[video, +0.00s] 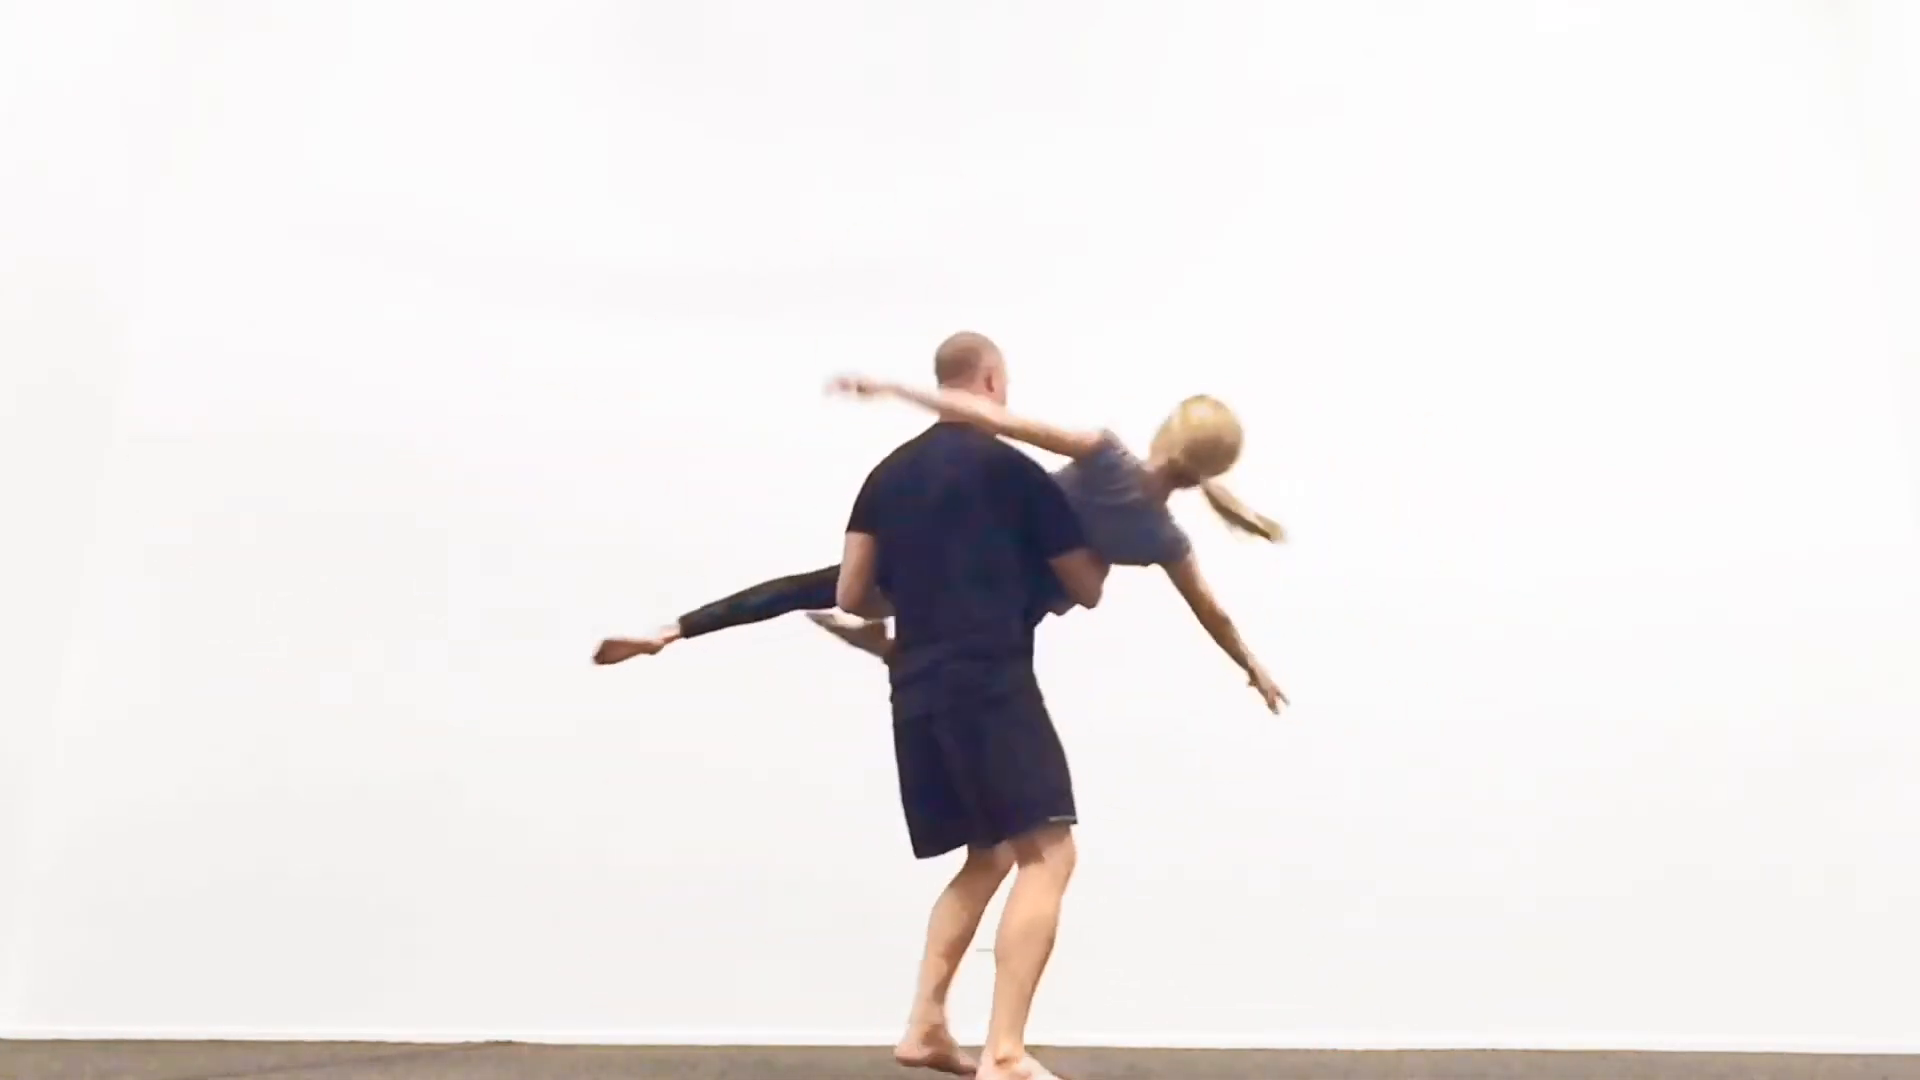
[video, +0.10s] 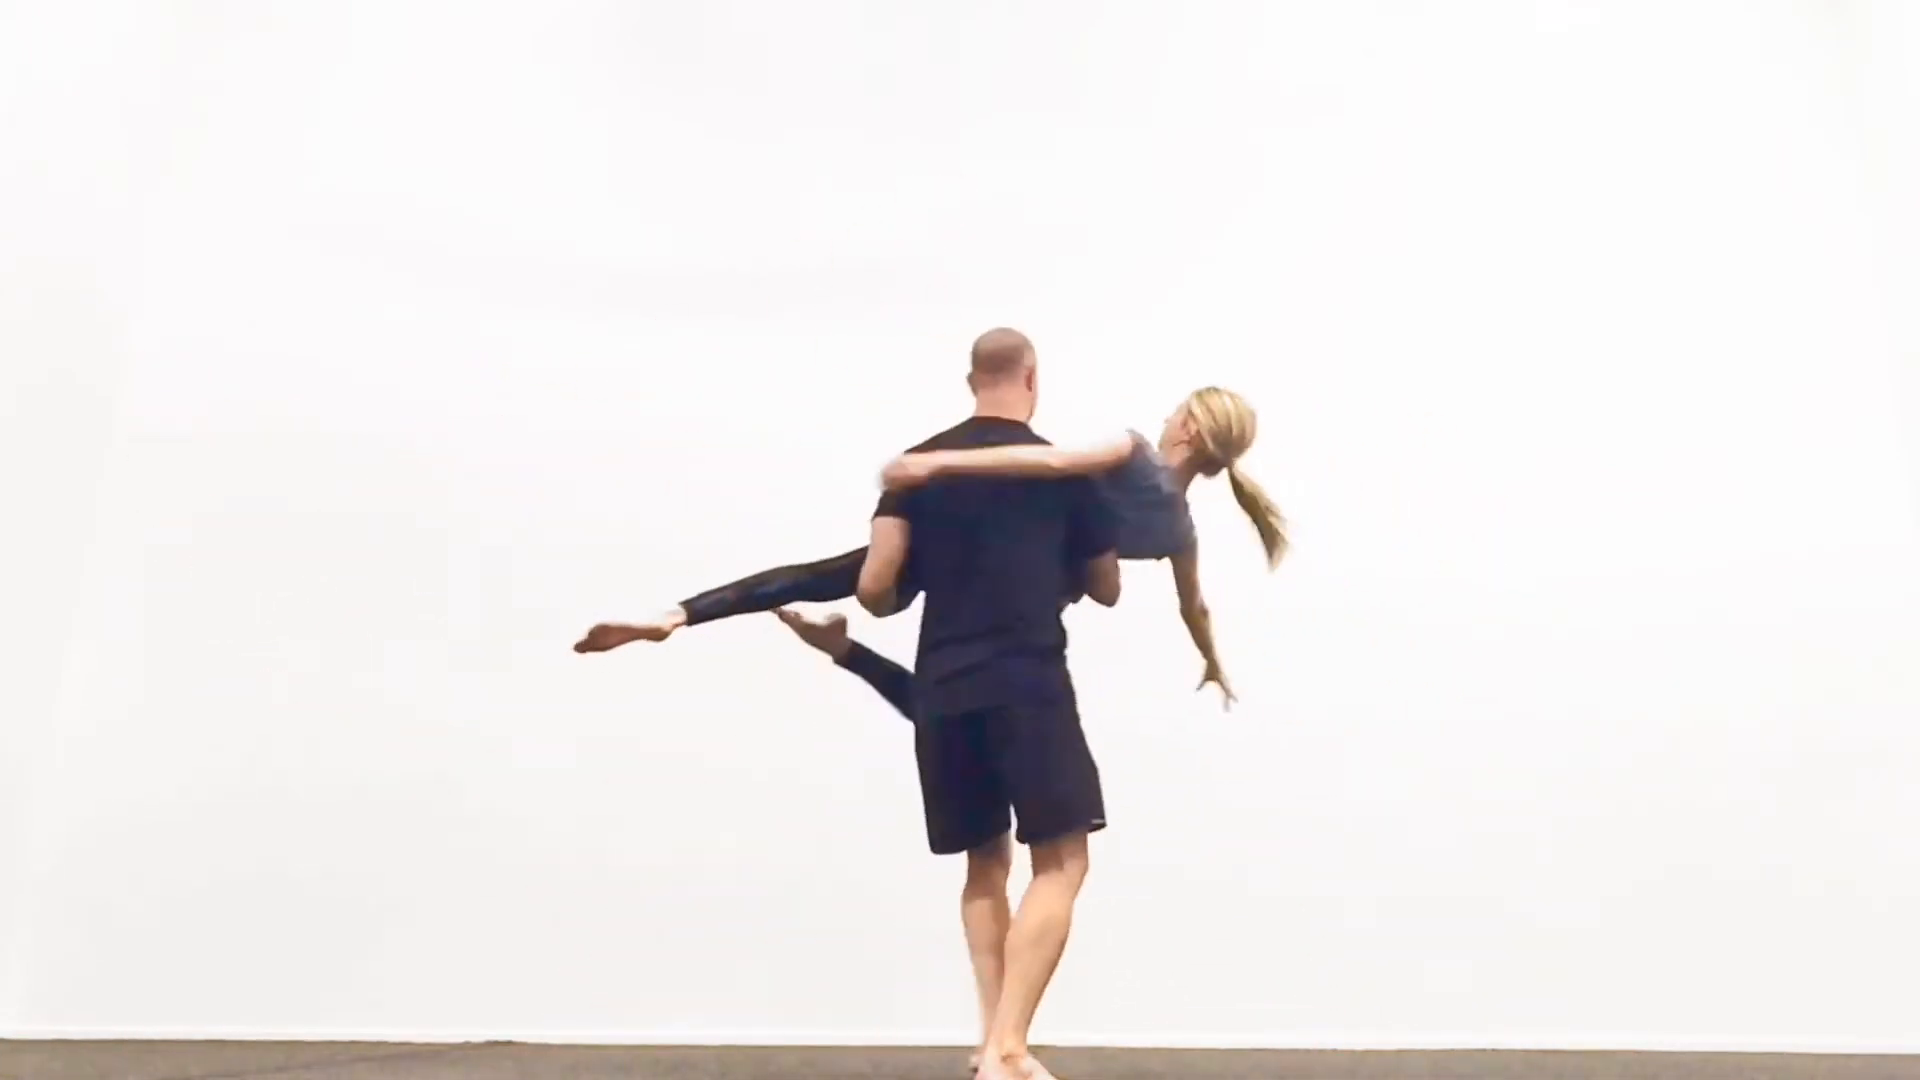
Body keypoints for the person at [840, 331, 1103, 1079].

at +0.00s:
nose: (1007, 395)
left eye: (998, 383)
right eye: (1005, 384)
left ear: (936, 380)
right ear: (993, 382)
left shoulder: (885, 475)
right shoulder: (1010, 466)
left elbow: (857, 596)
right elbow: (1087, 588)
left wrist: (924, 588)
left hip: (919, 692)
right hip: (993, 685)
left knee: (986, 855)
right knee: (1050, 854)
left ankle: (926, 1025)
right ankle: (1004, 1051)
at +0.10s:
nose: (1037, 389)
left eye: (1024, 376)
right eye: (1036, 377)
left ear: (967, 379)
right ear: (1032, 377)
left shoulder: (914, 463)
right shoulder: (1064, 465)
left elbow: (876, 592)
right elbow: (1107, 588)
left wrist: (925, 558)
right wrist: (1056, 543)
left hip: (945, 694)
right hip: (1029, 686)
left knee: (985, 866)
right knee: (1061, 865)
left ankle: (997, 1046)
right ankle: (1005, 1048)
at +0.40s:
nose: (1046, 402)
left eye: (1048, 391)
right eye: (1052, 392)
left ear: (1057, 390)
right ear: (1112, 402)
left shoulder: (1048, 457)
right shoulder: (1124, 483)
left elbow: (1037, 558)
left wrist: (945, 570)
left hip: (1028, 694)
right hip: (1099, 701)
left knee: (997, 866)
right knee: (1053, 852)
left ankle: (1045, 1050)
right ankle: (1093, 990)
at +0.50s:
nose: (1043, 410)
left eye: (1049, 397)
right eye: (1047, 399)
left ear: (1074, 396)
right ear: (1102, 401)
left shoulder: (1088, 471)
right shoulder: (1093, 472)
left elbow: (1089, 577)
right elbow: (1036, 548)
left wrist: (979, 577)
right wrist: (960, 541)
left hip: (1054, 689)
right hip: (1071, 691)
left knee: (1001, 862)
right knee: (1010, 859)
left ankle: (1047, 1050)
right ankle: (1074, 1022)